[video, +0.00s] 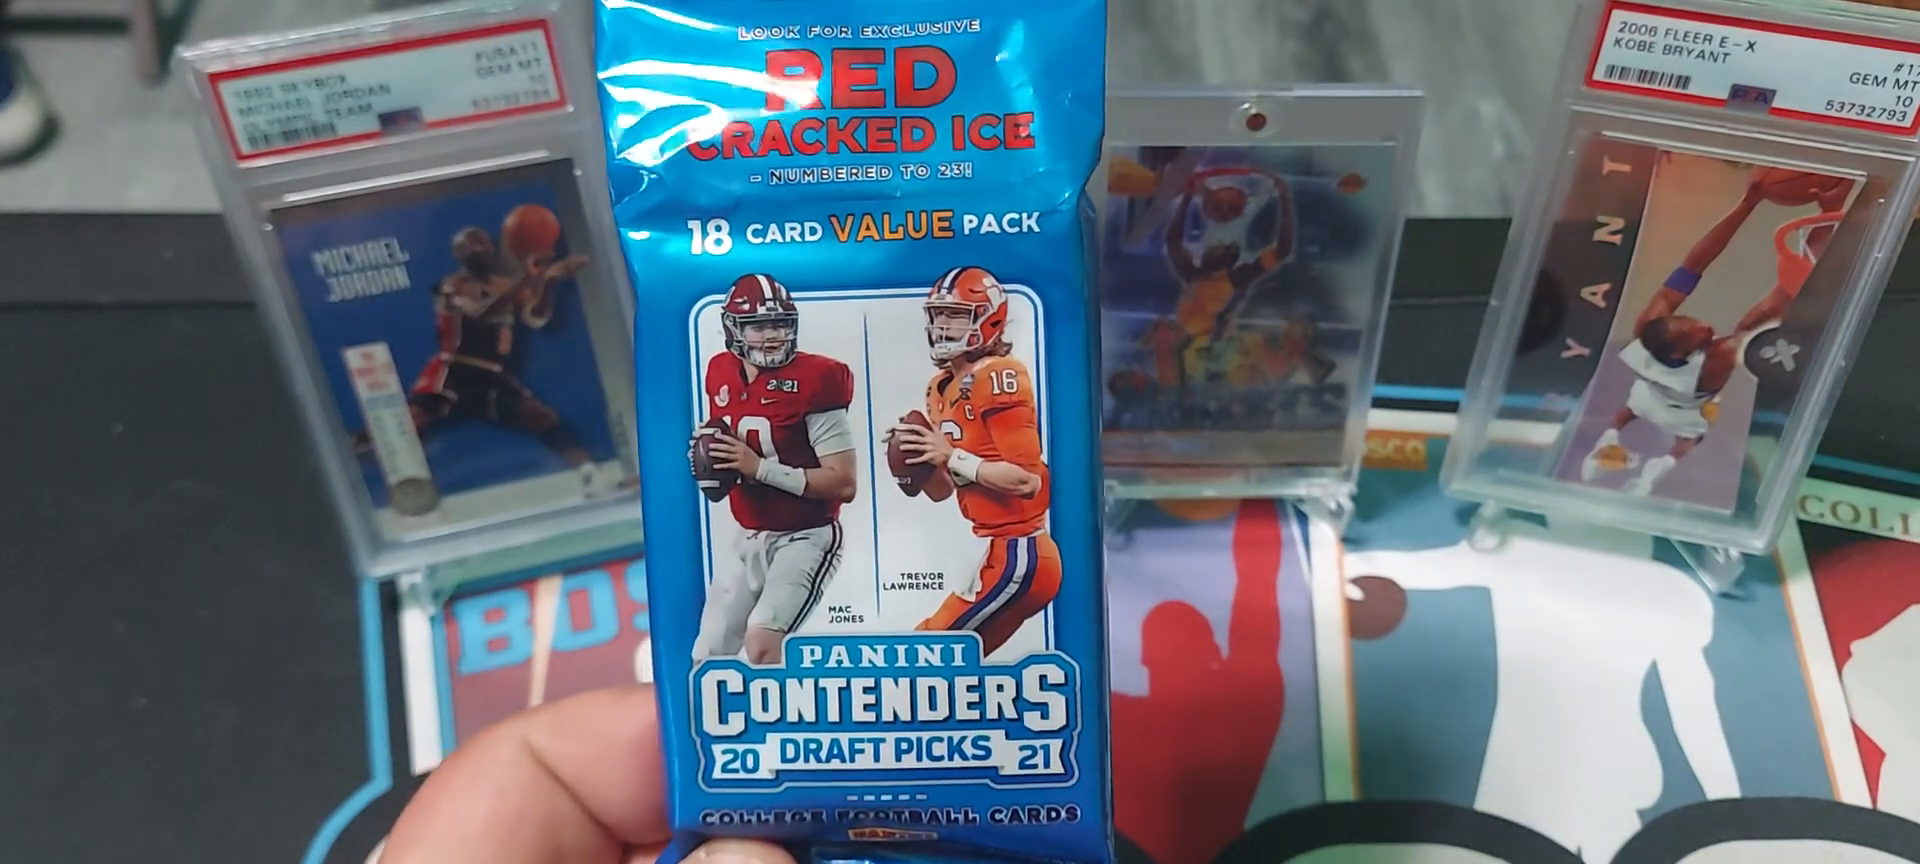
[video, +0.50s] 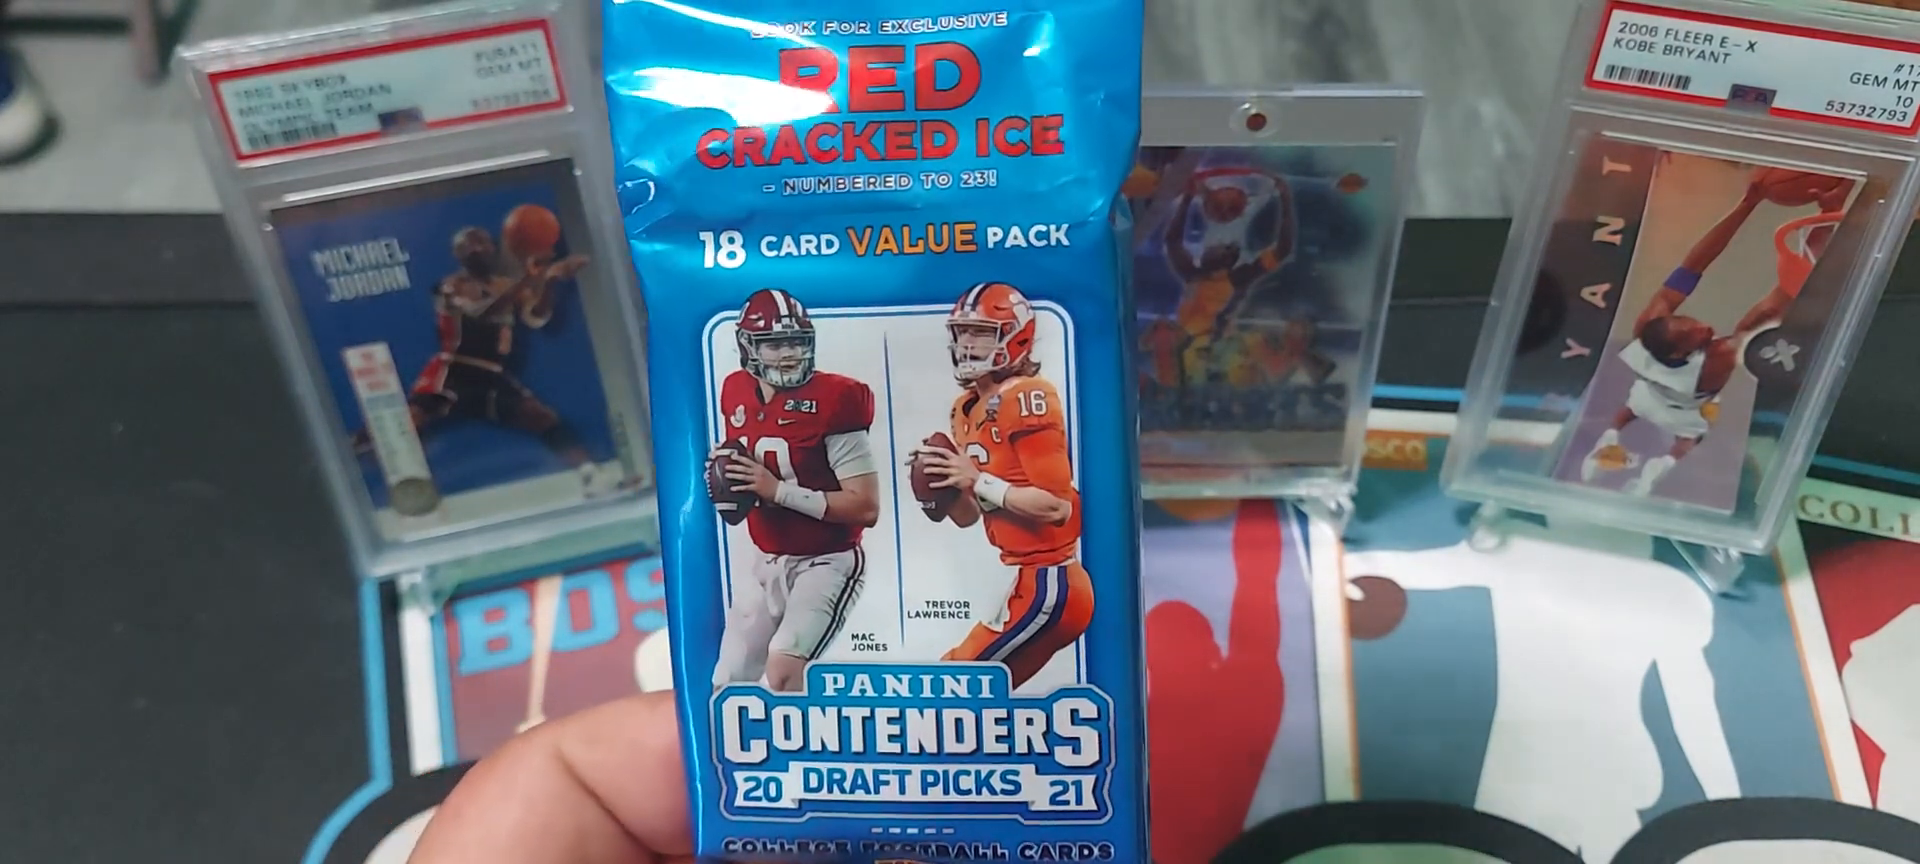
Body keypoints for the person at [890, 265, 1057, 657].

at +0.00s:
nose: (943, 328)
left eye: (956, 317)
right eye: (938, 316)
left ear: (988, 321)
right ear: (929, 319)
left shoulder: (998, 375)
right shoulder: (940, 386)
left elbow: (1025, 480)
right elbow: (940, 490)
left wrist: (950, 455)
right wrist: (912, 457)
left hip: (1020, 555)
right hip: (1003, 553)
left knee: (922, 656)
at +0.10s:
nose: (939, 326)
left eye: (952, 315)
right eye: (934, 315)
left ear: (985, 318)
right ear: (924, 317)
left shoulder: (997, 374)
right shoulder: (936, 388)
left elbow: (1026, 481)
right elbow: (939, 492)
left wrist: (949, 456)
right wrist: (909, 462)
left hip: (1022, 557)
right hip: (1005, 555)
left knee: (923, 662)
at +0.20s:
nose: (953, 330)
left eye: (967, 319)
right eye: (948, 318)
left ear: (1000, 323)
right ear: (939, 321)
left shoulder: (1012, 378)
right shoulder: (950, 392)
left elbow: (1040, 486)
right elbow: (953, 497)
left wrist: (963, 461)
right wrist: (923, 468)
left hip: (1034, 563)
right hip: (1016, 561)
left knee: (935, 669)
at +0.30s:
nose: (962, 338)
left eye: (976, 327)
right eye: (957, 326)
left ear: (1009, 332)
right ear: (947, 329)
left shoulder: (1021, 388)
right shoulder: (958, 401)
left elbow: (1049, 497)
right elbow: (960, 507)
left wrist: (971, 471)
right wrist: (931, 476)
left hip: (1042, 576)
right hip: (1025, 573)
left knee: (941, 680)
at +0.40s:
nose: (959, 349)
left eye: (974, 338)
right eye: (954, 337)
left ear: (1008, 342)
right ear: (945, 340)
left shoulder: (1021, 400)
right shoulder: (957, 412)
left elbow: (1048, 509)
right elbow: (959, 519)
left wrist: (969, 483)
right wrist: (931, 485)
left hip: (1043, 589)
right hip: (1021, 586)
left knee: (939, 693)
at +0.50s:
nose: (967, 346)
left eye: (981, 335)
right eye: (962, 334)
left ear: (1015, 339)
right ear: (953, 337)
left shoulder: (1027, 396)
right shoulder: (964, 409)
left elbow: (1054, 505)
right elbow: (966, 515)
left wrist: (976, 479)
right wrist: (937, 485)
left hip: (1050, 585)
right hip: (1030, 582)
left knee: (947, 689)